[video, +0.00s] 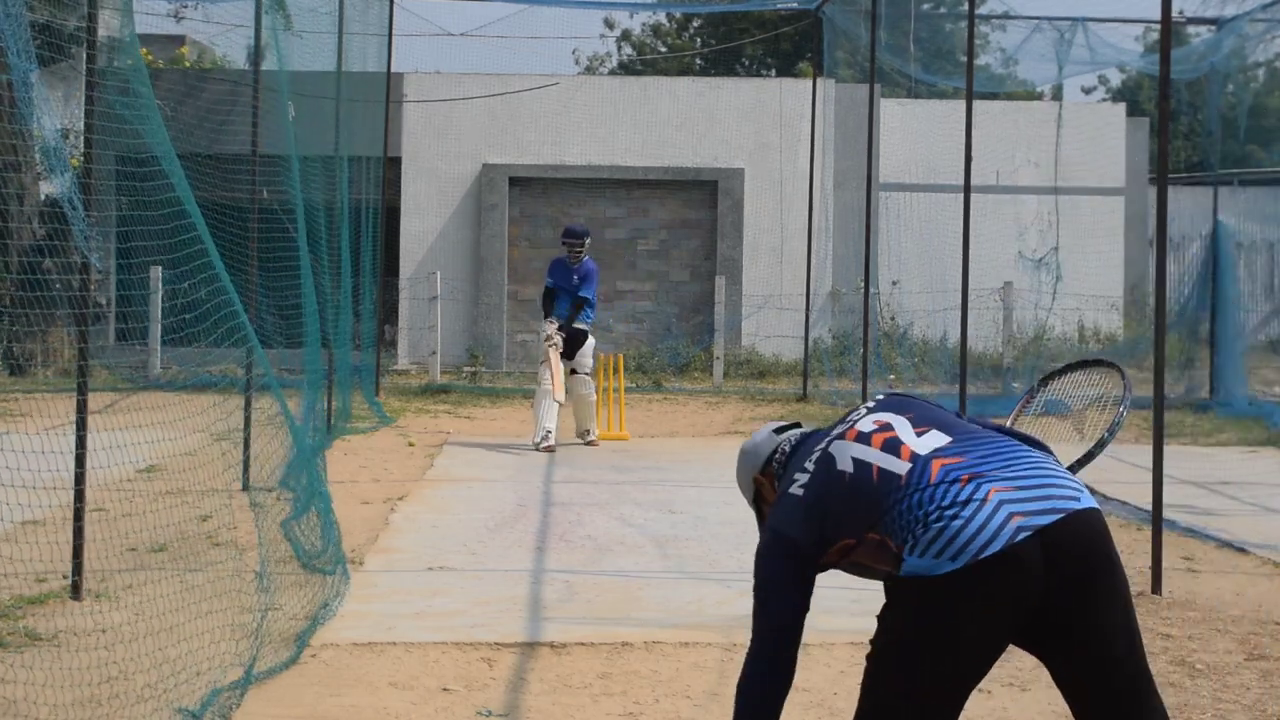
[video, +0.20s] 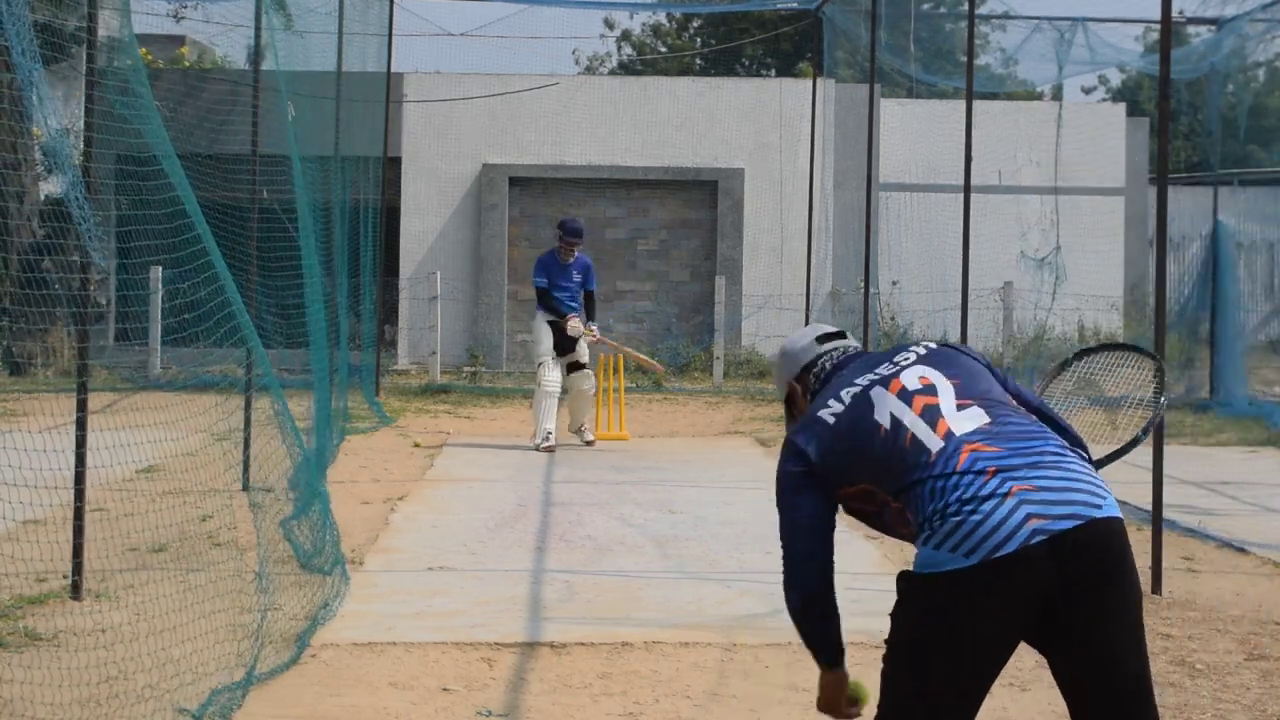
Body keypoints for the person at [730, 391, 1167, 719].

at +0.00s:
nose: (767, 522)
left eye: (760, 507)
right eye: (759, 510)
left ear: (770, 481)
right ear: (803, 442)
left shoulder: (791, 512)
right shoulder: (894, 408)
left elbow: (769, 664)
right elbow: (1031, 448)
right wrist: (902, 564)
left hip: (962, 561)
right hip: (1075, 529)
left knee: (896, 709)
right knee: (1129, 705)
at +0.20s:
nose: (793, 419)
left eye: (790, 406)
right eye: (791, 407)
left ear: (801, 392)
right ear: (856, 352)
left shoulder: (808, 438)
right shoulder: (950, 354)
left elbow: (806, 582)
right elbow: (1068, 436)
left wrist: (832, 670)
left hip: (976, 557)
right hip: (1093, 531)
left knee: (916, 711)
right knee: (1125, 708)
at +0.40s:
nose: (899, 302)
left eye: (899, 290)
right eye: (898, 291)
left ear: (908, 285)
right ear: (979, 266)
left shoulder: (896, 359)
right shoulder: (1063, 310)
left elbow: (908, 506)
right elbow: (1134, 440)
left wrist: (985, 509)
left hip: (1015, 573)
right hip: (1137, 562)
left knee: (956, 711)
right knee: (1140, 710)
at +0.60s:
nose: (1015, 231)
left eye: (1016, 220)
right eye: (1016, 220)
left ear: (1026, 223)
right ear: (1105, 214)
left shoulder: (996, 309)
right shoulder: (1173, 291)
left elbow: (991, 463)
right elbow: (1217, 438)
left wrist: (1071, 493)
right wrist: (1216, 522)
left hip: (1080, 568)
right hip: (1203, 562)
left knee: (1011, 710)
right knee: (1185, 710)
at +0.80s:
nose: (1084, 199)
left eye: (1086, 187)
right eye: (1086, 186)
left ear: (1096, 193)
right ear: (1179, 193)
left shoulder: (1055, 278)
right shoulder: (1237, 283)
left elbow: (1024, 431)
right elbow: (1258, 416)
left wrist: (1100, 484)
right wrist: (1211, 471)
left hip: (1123, 560)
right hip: (1248, 552)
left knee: (1094, 708)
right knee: (1224, 710)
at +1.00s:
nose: (1128, 192)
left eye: (1131, 181)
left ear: (1141, 190)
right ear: (1229, 188)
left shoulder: (1100, 279)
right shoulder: (1273, 279)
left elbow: (1062, 436)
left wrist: (1138, 485)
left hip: (1176, 576)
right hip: (1277, 565)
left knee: (1174, 707)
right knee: (1261, 705)